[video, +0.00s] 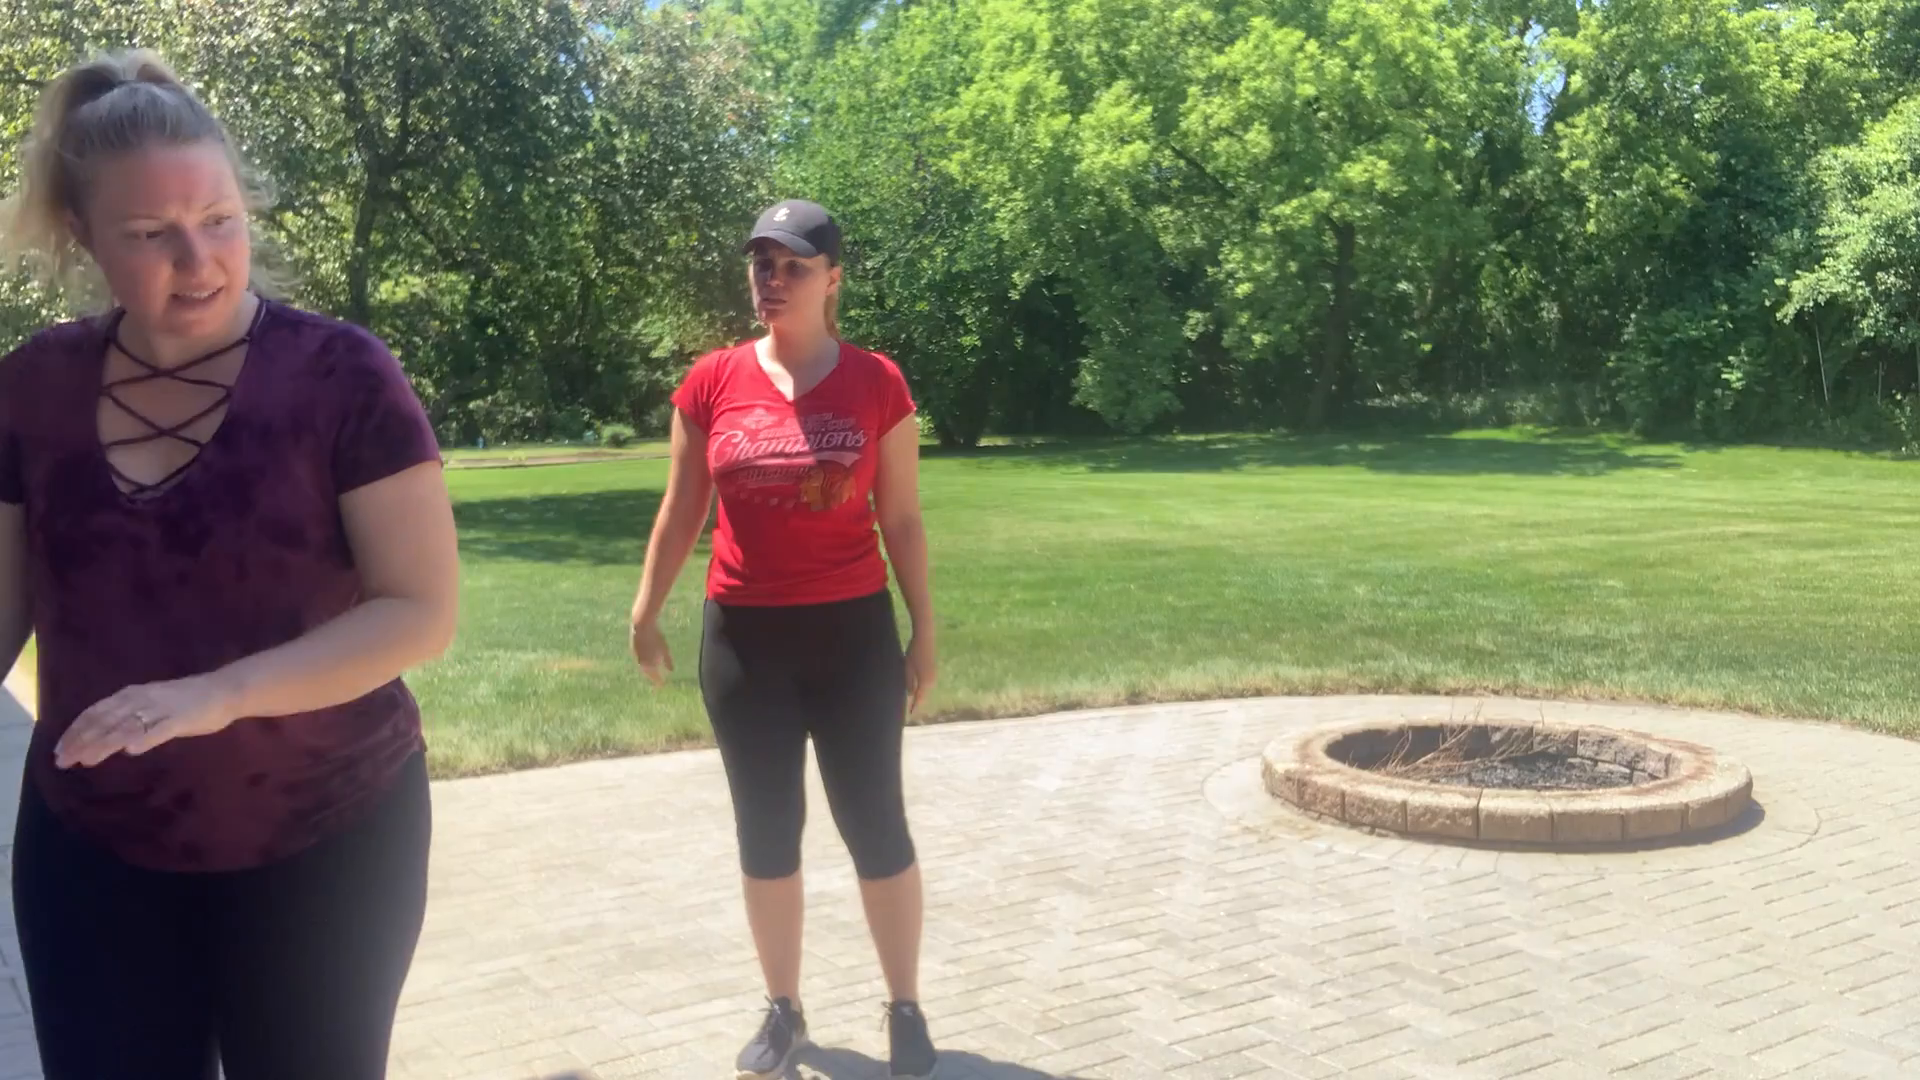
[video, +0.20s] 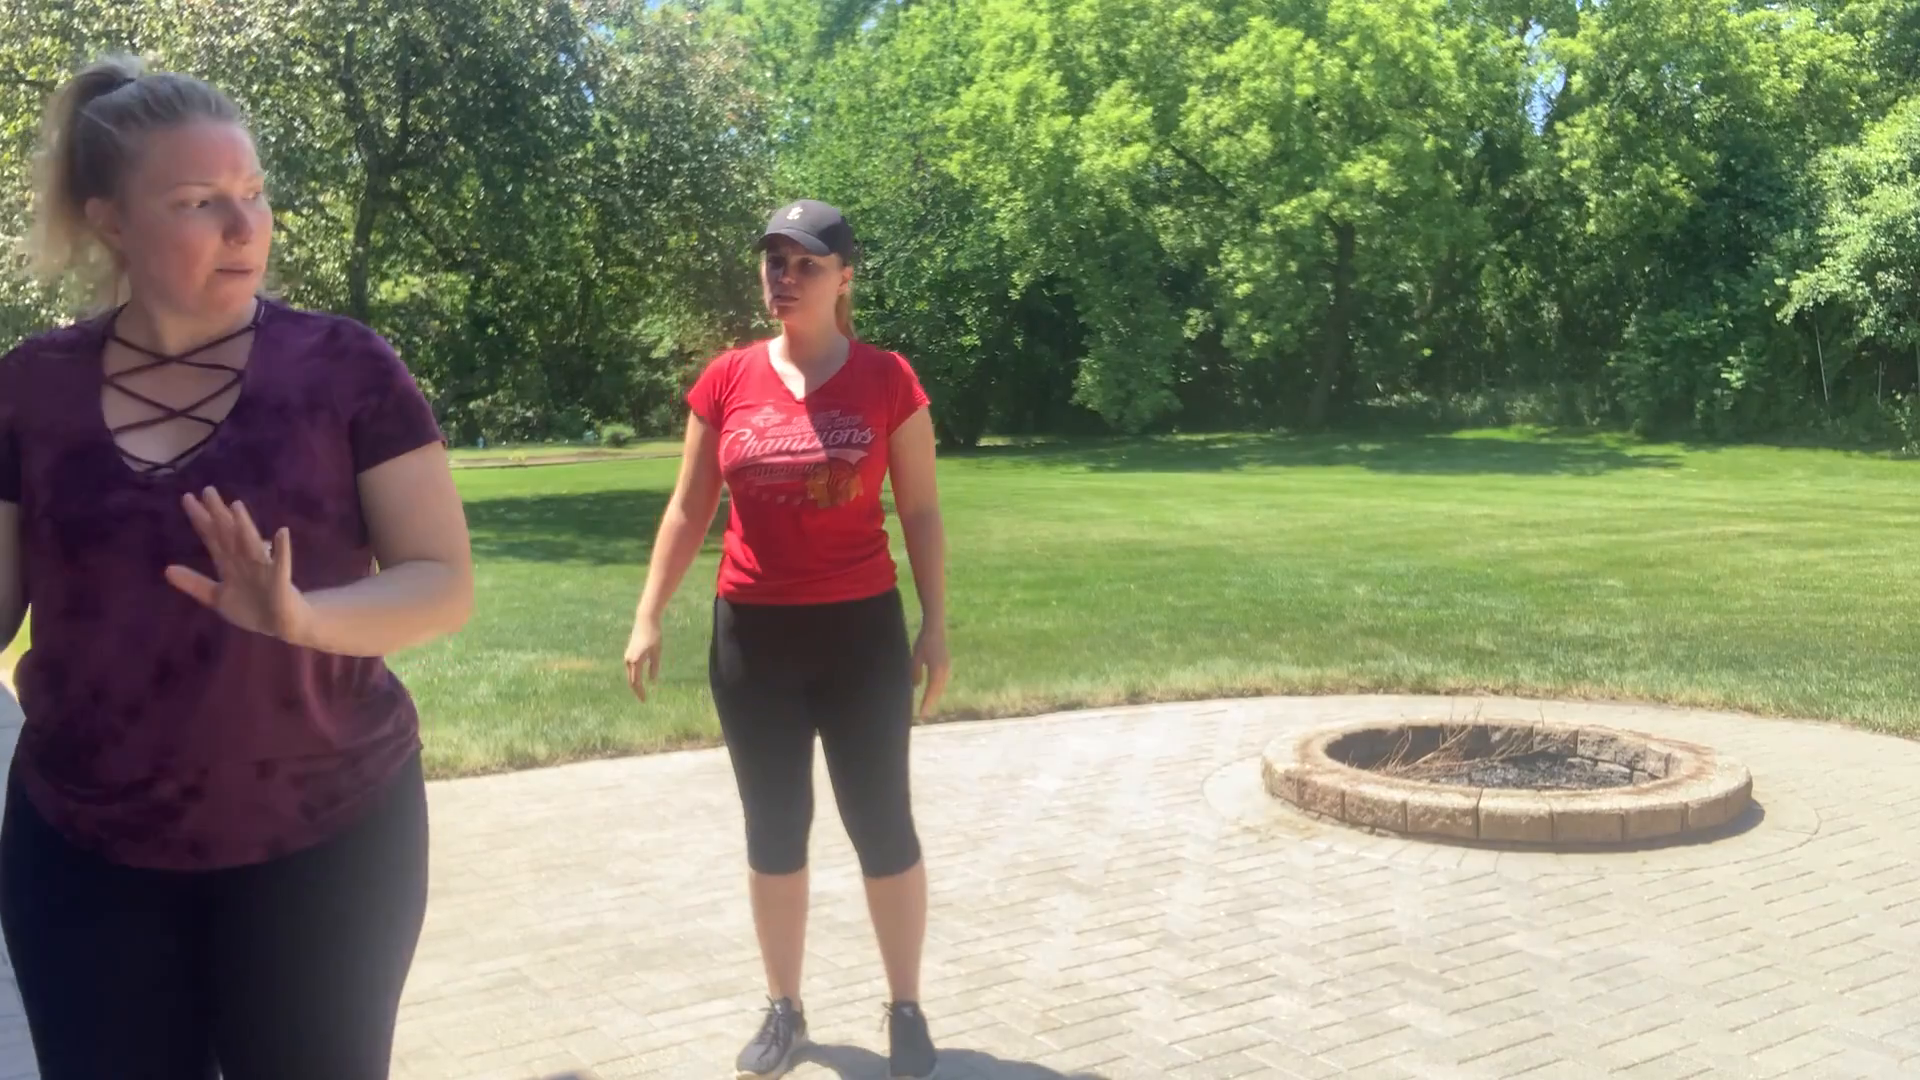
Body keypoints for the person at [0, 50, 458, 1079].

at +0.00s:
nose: (200, 264)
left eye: (220, 221)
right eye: (153, 235)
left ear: (248, 208)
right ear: (84, 241)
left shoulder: (342, 375)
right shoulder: (33, 387)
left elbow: (422, 612)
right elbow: (7, 606)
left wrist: (218, 693)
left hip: (321, 840)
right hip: (96, 843)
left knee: (312, 1066)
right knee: (109, 1065)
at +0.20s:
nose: (246, 229)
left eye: (254, 195)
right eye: (201, 204)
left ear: (271, 200)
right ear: (105, 224)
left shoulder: (349, 371)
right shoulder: (32, 386)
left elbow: (444, 587)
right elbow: (4, 602)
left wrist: (306, 617)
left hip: (323, 841)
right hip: (89, 846)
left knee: (318, 1065)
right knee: (113, 1065)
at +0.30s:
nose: (273, 237)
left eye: (276, 204)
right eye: (228, 211)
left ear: (288, 204)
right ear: (127, 223)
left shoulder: (353, 373)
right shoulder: (29, 389)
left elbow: (450, 577)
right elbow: (3, 607)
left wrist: (371, 602)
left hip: (331, 841)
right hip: (93, 849)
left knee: (330, 1065)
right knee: (114, 1065)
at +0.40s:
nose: (284, 244)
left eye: (286, 213)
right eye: (243, 218)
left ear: (296, 209)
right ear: (139, 224)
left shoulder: (347, 377)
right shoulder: (27, 393)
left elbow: (440, 574)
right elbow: (0, 661)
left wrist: (425, 621)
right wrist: (6, 607)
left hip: (335, 836)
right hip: (94, 848)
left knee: (344, 1065)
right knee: (95, 1065)